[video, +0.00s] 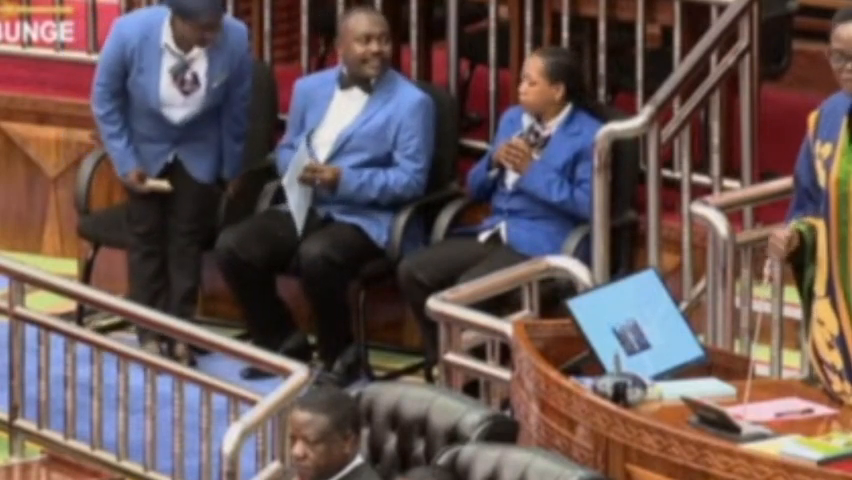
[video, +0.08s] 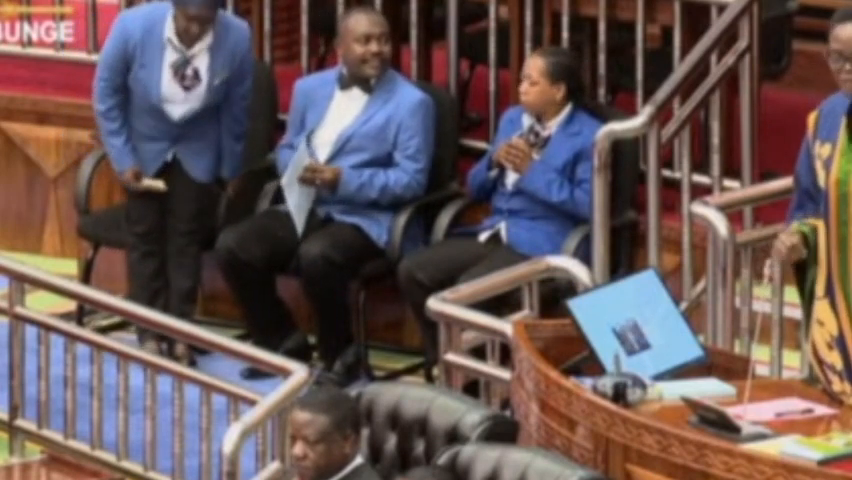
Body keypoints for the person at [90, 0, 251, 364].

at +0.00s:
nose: (210, 38)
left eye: (214, 29)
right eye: (202, 31)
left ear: (221, 19)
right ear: (175, 18)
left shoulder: (235, 38)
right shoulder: (130, 32)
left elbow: (238, 109)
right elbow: (104, 101)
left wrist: (231, 169)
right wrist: (125, 162)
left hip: (201, 144)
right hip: (146, 143)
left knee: (188, 238)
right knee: (146, 237)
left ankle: (182, 332)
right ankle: (148, 331)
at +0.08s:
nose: (194, 29)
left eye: (204, 23)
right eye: (189, 19)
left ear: (218, 15)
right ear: (174, 9)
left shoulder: (236, 35)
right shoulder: (133, 27)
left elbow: (237, 107)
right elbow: (106, 97)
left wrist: (231, 168)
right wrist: (123, 159)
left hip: (200, 142)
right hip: (145, 140)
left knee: (187, 238)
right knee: (145, 237)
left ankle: (181, 332)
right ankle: (148, 331)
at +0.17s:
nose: (187, 22)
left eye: (197, 15)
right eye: (181, 12)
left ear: (214, 10)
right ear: (171, 4)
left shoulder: (238, 33)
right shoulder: (134, 20)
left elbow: (237, 106)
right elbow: (106, 89)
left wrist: (230, 167)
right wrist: (118, 155)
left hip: (199, 142)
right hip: (144, 138)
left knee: (187, 238)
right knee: (144, 236)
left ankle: (181, 332)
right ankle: (147, 330)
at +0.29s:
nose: (186, 14)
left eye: (195, 8)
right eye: (180, 6)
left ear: (212, 7)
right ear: (171, 2)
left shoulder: (238, 31)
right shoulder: (134, 16)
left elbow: (237, 104)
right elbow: (104, 83)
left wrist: (229, 166)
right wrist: (113, 149)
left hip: (197, 142)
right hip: (142, 138)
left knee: (185, 238)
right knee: (142, 236)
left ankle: (181, 331)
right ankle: (147, 330)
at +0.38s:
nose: (190, 12)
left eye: (199, 7)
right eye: (185, 4)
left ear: (214, 6)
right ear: (174, 1)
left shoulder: (238, 31)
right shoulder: (134, 15)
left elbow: (237, 105)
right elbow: (102, 80)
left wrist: (229, 166)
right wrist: (110, 147)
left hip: (197, 141)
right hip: (141, 137)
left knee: (185, 237)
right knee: (142, 236)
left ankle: (181, 331)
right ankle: (147, 330)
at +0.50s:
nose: (206, 15)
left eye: (213, 10)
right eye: (199, 8)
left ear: (222, 7)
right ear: (180, 1)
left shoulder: (238, 31)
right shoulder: (135, 15)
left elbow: (236, 104)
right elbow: (104, 82)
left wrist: (229, 165)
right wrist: (110, 150)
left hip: (197, 141)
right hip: (141, 137)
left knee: (184, 236)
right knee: (141, 236)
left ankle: (181, 331)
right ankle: (146, 329)